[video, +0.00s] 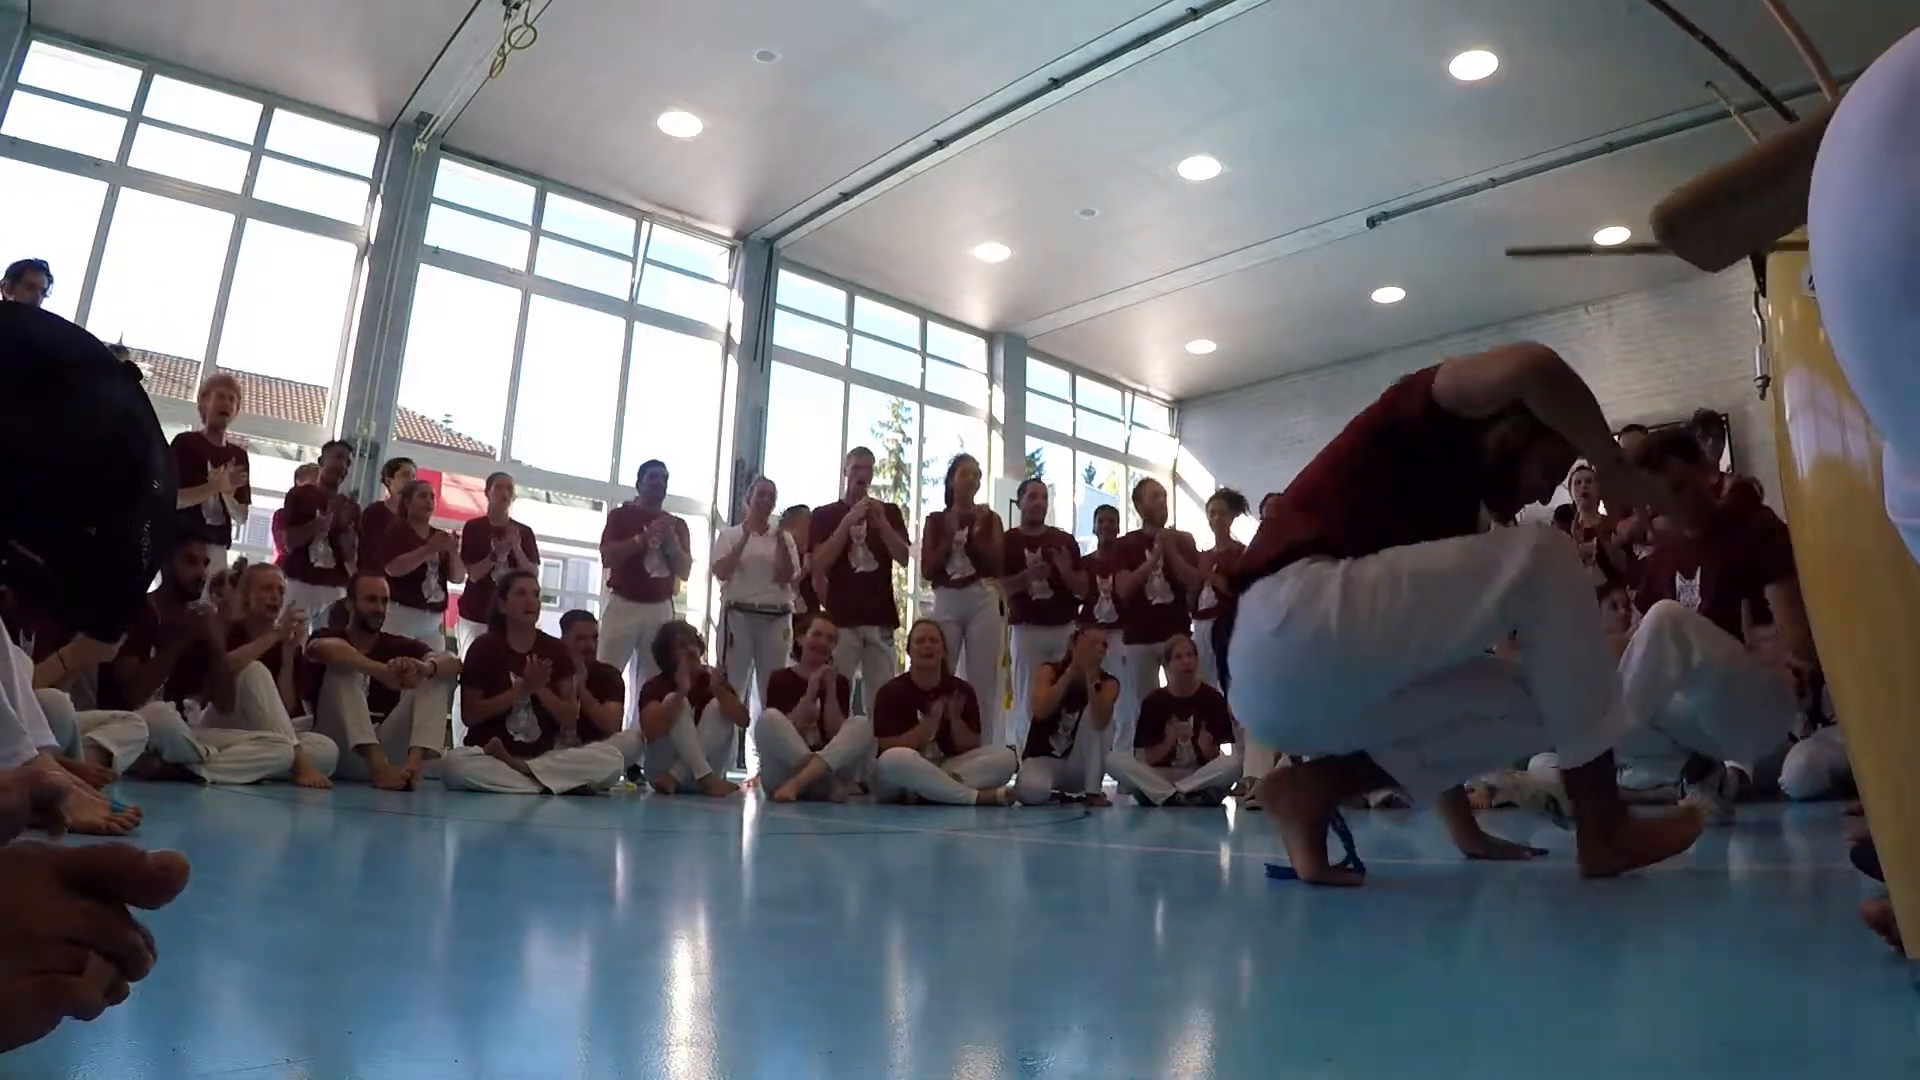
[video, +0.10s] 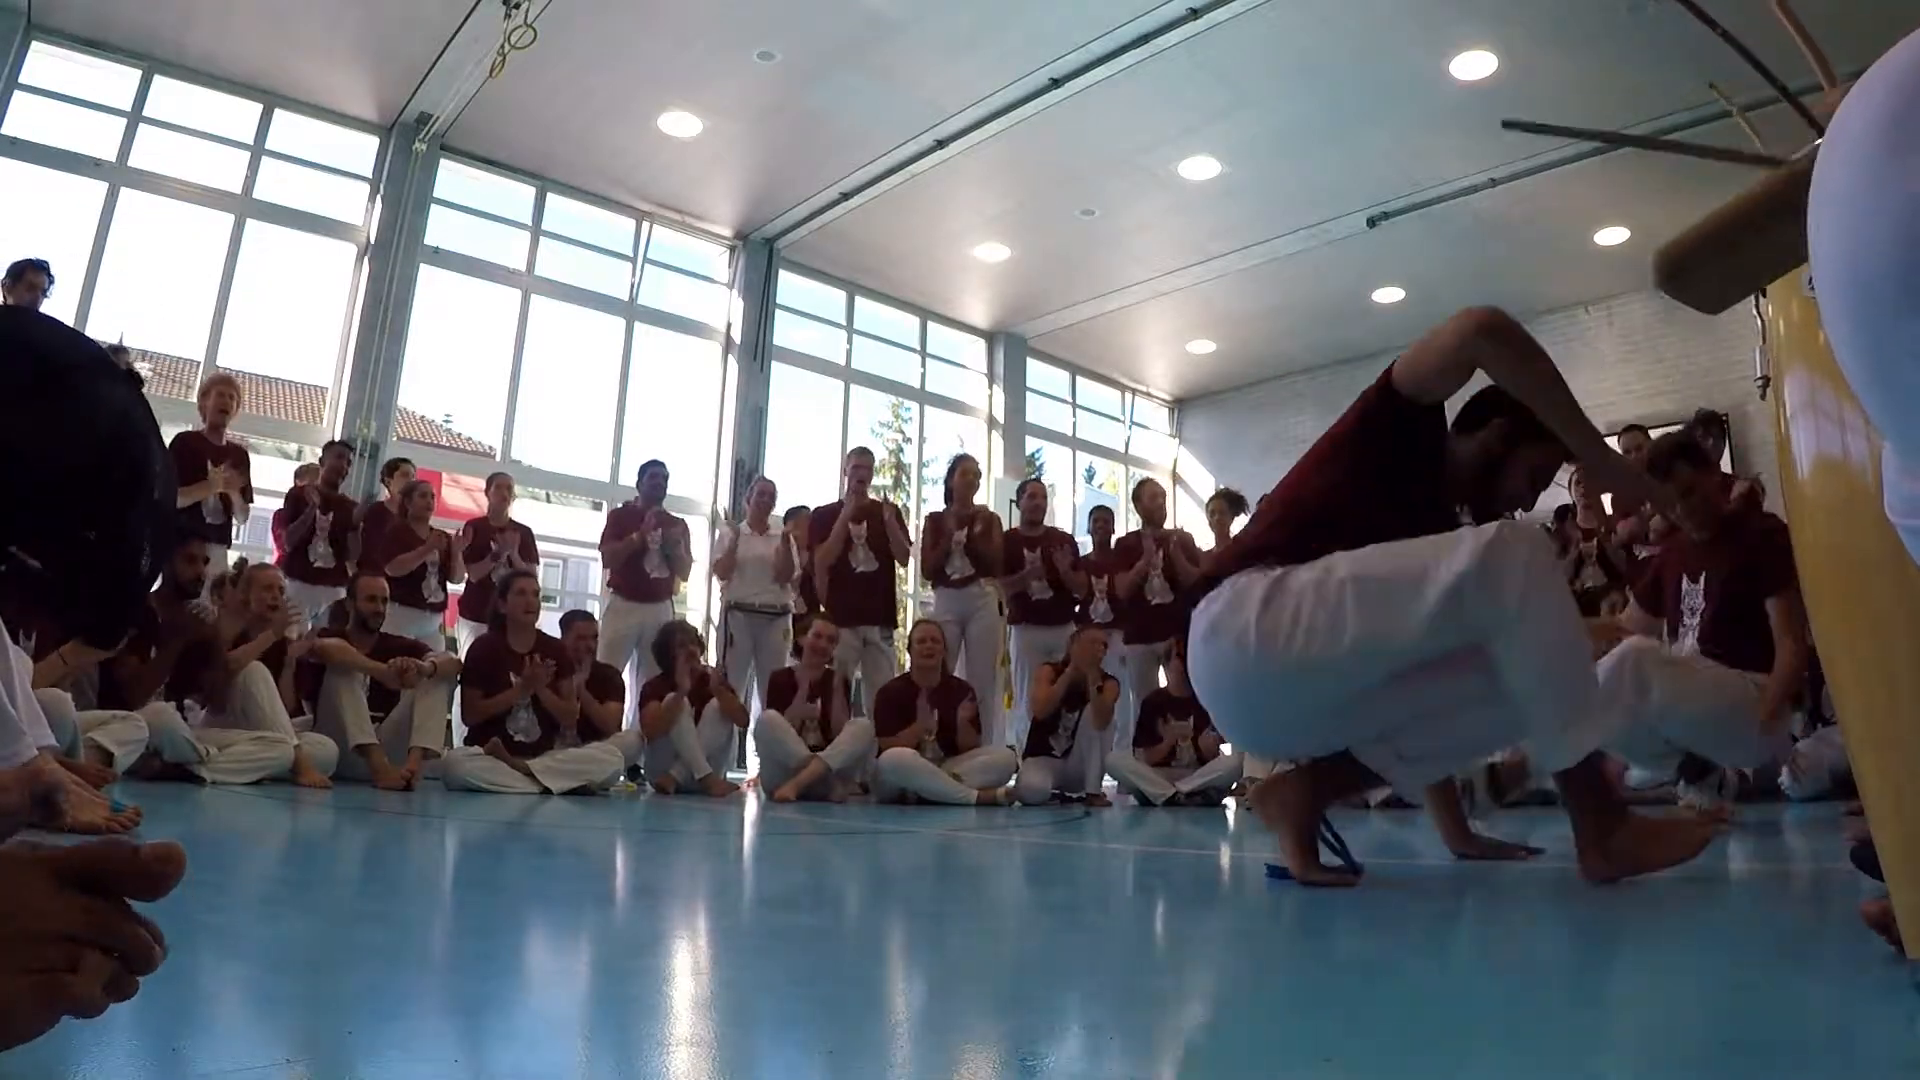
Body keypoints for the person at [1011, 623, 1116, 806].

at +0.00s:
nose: (1099, 650)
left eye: (1103, 645)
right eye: (1093, 643)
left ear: (1106, 650)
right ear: (1074, 644)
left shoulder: (1108, 683)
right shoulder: (1049, 671)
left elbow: (1100, 719)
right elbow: (1040, 710)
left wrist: (1091, 677)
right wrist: (1070, 673)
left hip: (1080, 763)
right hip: (1042, 761)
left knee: (1095, 712)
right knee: (1033, 793)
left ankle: (1093, 791)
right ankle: (1012, 793)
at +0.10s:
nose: (1099, 649)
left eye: (1103, 645)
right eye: (1093, 643)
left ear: (1106, 651)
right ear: (1073, 645)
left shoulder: (1108, 683)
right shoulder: (1049, 670)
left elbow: (1101, 719)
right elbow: (1040, 709)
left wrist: (1093, 676)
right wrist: (1071, 672)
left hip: (1080, 763)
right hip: (1042, 761)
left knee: (1095, 711)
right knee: (1033, 793)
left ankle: (1093, 791)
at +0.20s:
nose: (1097, 649)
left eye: (1102, 645)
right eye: (1091, 642)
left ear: (1105, 651)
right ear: (1074, 644)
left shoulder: (1108, 683)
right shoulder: (1051, 671)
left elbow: (1102, 719)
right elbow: (1040, 711)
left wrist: (1091, 679)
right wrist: (1071, 677)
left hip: (1080, 763)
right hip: (1042, 761)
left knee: (1095, 709)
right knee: (1034, 793)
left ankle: (1093, 791)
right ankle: (1010, 794)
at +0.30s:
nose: (1098, 648)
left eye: (1103, 645)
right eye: (1092, 642)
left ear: (1105, 651)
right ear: (1074, 644)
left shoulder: (1108, 683)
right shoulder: (1050, 671)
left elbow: (1102, 720)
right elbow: (1040, 711)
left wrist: (1091, 678)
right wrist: (1072, 673)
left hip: (1080, 762)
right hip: (1042, 760)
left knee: (1095, 709)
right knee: (1034, 793)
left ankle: (1093, 791)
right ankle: (1010, 794)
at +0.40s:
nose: (1098, 649)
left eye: (1103, 645)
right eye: (1092, 642)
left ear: (1105, 651)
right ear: (1074, 644)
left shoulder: (1109, 683)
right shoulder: (1050, 671)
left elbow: (1105, 726)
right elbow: (1040, 711)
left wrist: (1094, 684)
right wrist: (1069, 672)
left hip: (1083, 759)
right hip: (1043, 757)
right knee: (1041, 787)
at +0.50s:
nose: (1097, 649)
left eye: (1103, 645)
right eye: (1092, 642)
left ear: (1107, 650)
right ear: (1074, 644)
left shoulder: (1105, 679)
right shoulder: (1051, 670)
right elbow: (1046, 705)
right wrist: (1073, 671)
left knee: (1097, 727)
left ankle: (1093, 789)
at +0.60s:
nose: (1096, 649)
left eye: (1101, 644)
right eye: (1090, 642)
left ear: (1105, 650)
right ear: (1074, 645)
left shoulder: (1105, 677)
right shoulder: (1051, 671)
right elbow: (1040, 713)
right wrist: (1072, 675)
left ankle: (1092, 789)